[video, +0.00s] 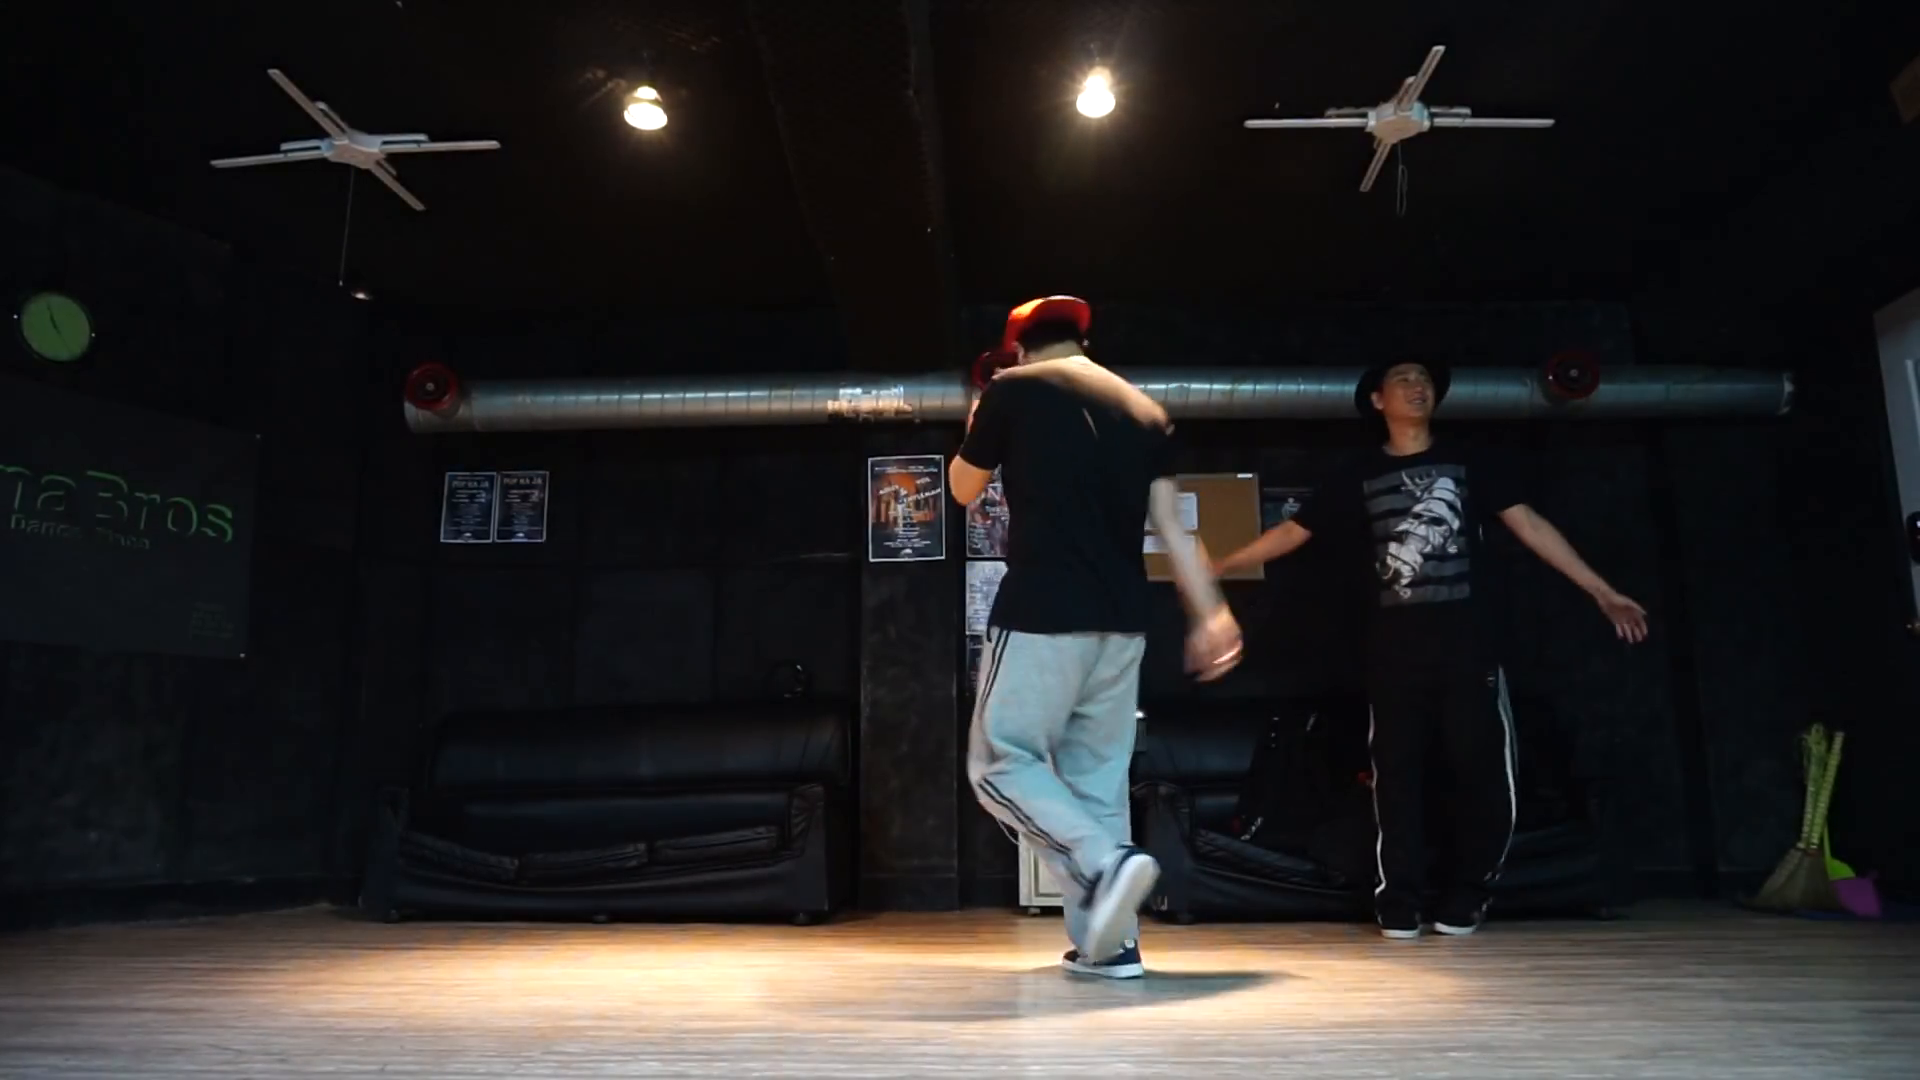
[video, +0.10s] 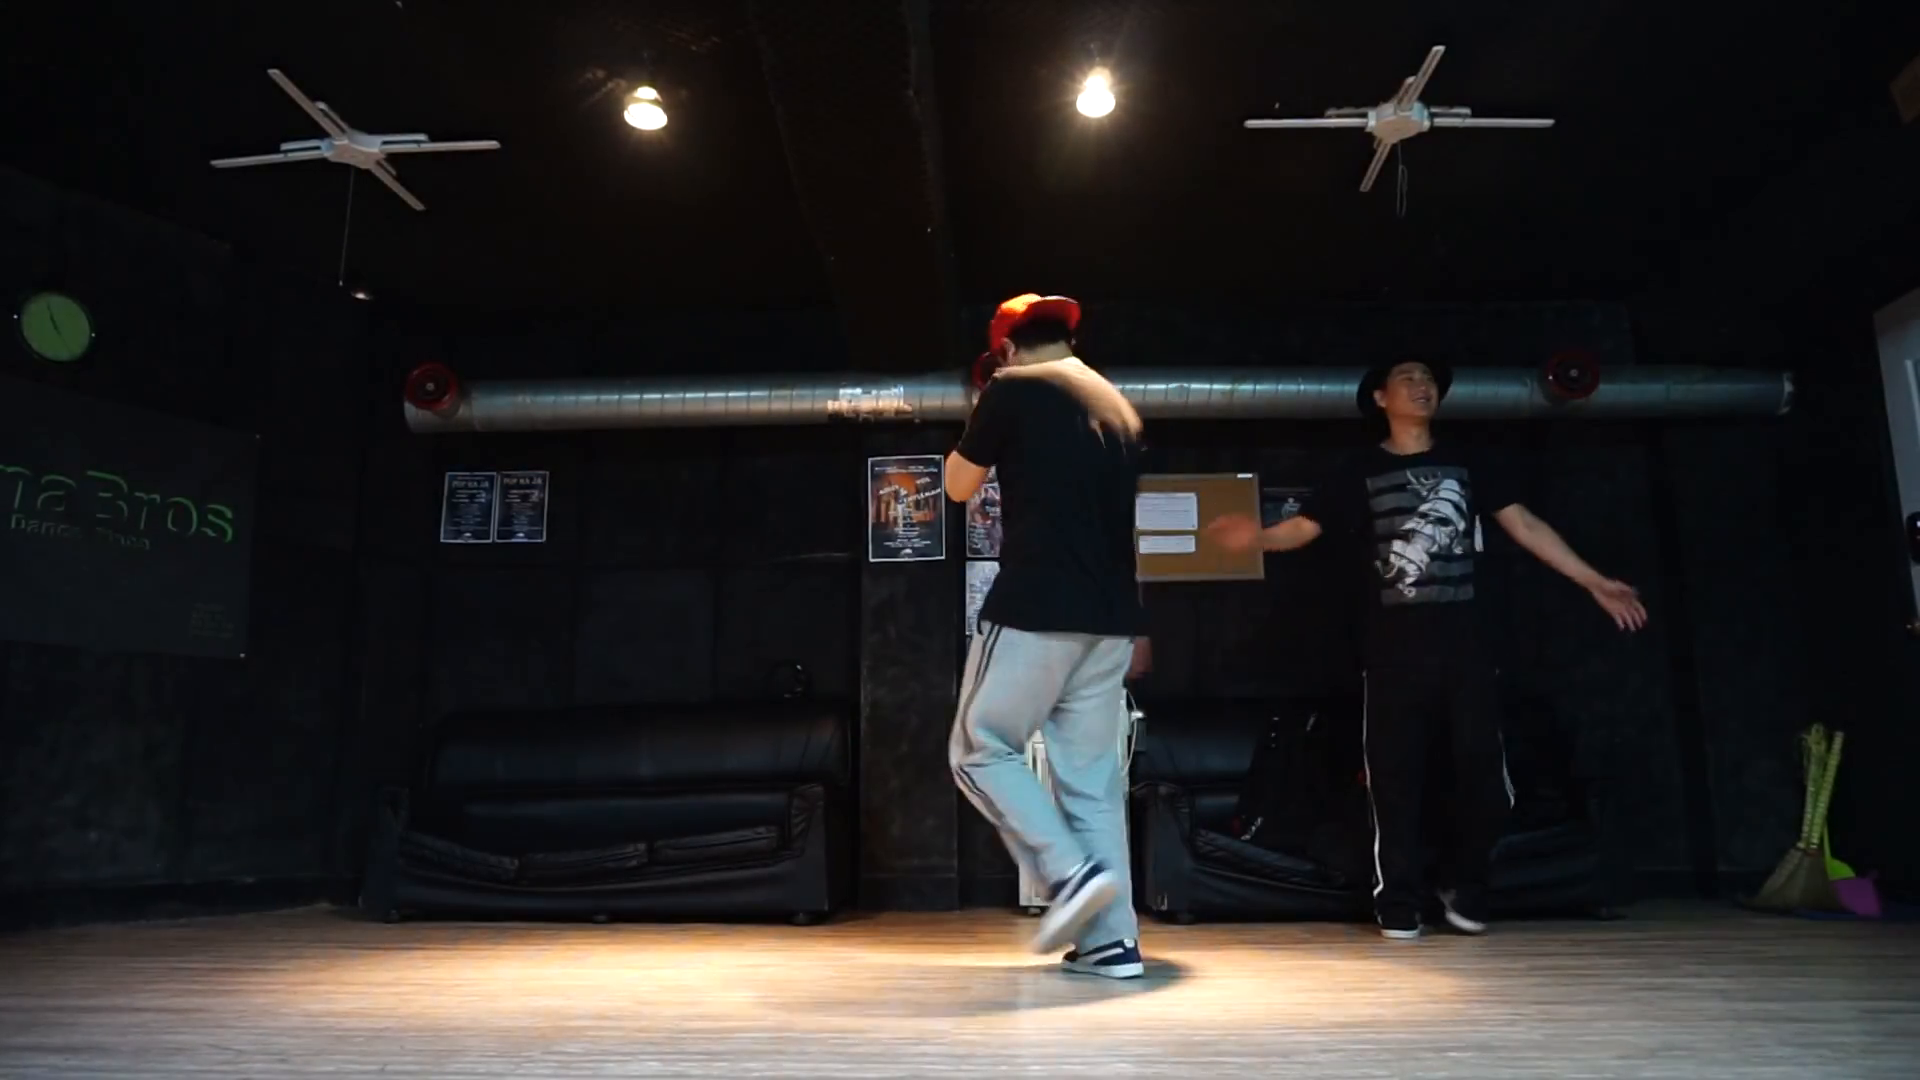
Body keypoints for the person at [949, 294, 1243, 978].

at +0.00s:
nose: (1013, 363)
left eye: (1013, 355)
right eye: (1017, 356)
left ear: (1024, 350)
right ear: (1082, 343)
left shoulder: (1013, 390)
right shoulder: (1143, 409)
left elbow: (964, 487)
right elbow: (1172, 523)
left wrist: (988, 415)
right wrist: (1210, 611)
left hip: (1044, 614)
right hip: (1124, 618)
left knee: (1002, 762)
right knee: (1101, 777)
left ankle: (1104, 867)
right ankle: (1110, 944)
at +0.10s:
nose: (998, 362)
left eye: (998, 354)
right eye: (1000, 354)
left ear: (1006, 347)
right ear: (1068, 340)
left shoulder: (1013, 387)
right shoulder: (1116, 404)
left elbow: (959, 485)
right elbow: (1116, 516)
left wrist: (989, 414)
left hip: (1037, 608)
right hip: (1109, 615)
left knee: (981, 750)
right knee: (1092, 780)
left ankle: (1068, 875)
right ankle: (1112, 945)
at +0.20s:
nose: (984, 362)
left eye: (983, 354)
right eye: (984, 354)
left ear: (994, 346)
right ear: (1052, 339)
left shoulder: (1006, 390)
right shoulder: (1091, 395)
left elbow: (950, 478)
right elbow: (1073, 485)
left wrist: (970, 412)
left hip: (1030, 605)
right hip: (1100, 607)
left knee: (974, 753)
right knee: (1086, 776)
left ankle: (1028, 902)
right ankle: (1109, 942)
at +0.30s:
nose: (966, 371)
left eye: (964, 360)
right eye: (964, 361)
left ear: (976, 350)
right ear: (1030, 342)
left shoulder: (998, 399)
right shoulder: (1068, 399)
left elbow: (942, 488)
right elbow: (1005, 499)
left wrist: (978, 414)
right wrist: (944, 570)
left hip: (1018, 610)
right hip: (1084, 608)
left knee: (968, 766)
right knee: (1080, 772)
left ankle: (998, 926)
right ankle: (1109, 939)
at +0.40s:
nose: (948, 389)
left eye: (945, 377)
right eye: (944, 379)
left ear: (960, 364)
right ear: (1004, 354)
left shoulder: (987, 416)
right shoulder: (1047, 412)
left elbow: (937, 514)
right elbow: (970, 519)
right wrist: (886, 563)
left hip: (998, 626)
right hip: (1060, 625)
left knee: (956, 770)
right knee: (1057, 777)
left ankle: (994, 931)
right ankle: (1104, 932)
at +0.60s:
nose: (908, 396)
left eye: (909, 381)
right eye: (904, 385)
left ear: (936, 363)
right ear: (945, 362)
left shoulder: (964, 412)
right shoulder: (991, 414)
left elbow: (894, 495)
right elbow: (923, 526)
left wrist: (862, 546)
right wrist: (871, 592)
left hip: (963, 624)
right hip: (995, 622)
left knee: (937, 774)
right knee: (957, 763)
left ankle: (993, 933)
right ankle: (1046, 853)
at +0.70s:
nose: (892, 394)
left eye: (892, 380)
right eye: (888, 382)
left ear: (914, 364)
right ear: (940, 360)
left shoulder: (943, 409)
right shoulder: (978, 415)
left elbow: (872, 495)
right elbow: (919, 529)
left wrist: (818, 571)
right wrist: (853, 589)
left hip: (951, 622)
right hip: (961, 618)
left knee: (938, 777)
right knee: (879, 739)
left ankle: (996, 932)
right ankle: (992, 834)